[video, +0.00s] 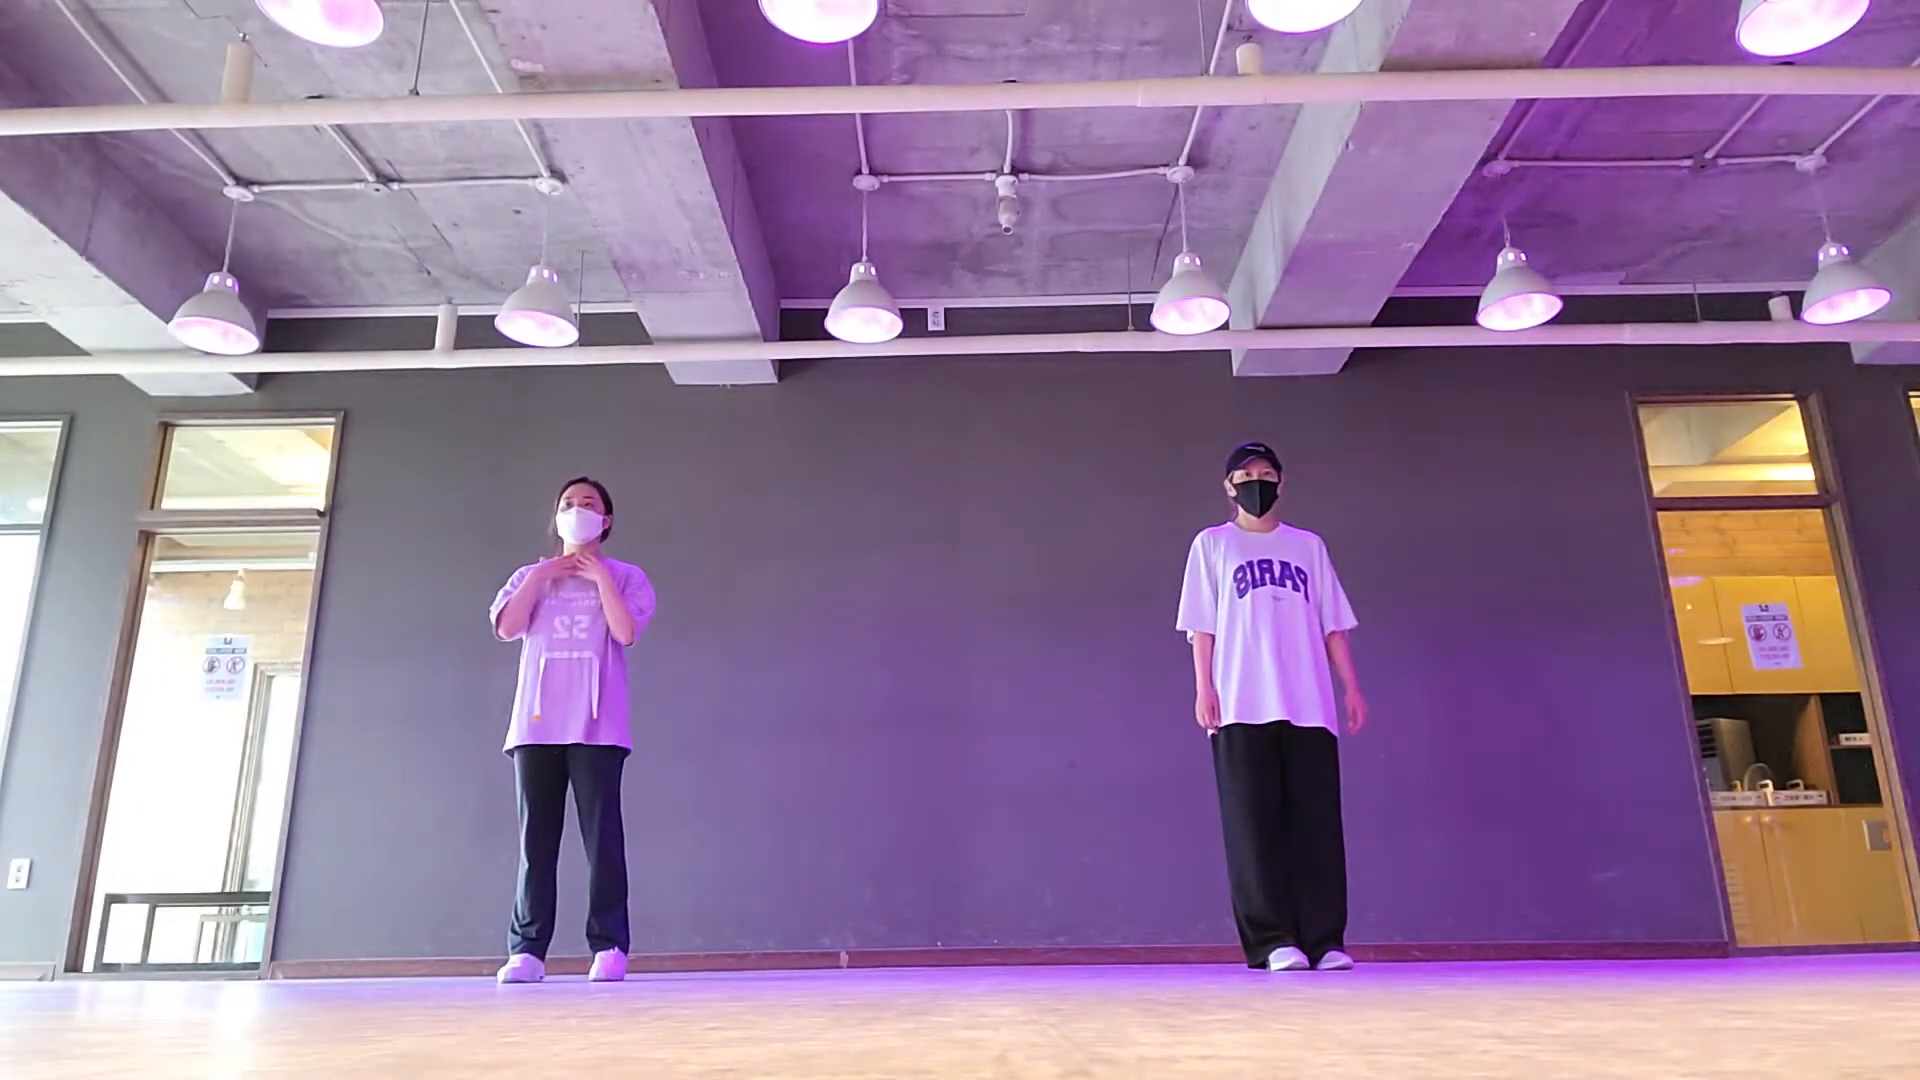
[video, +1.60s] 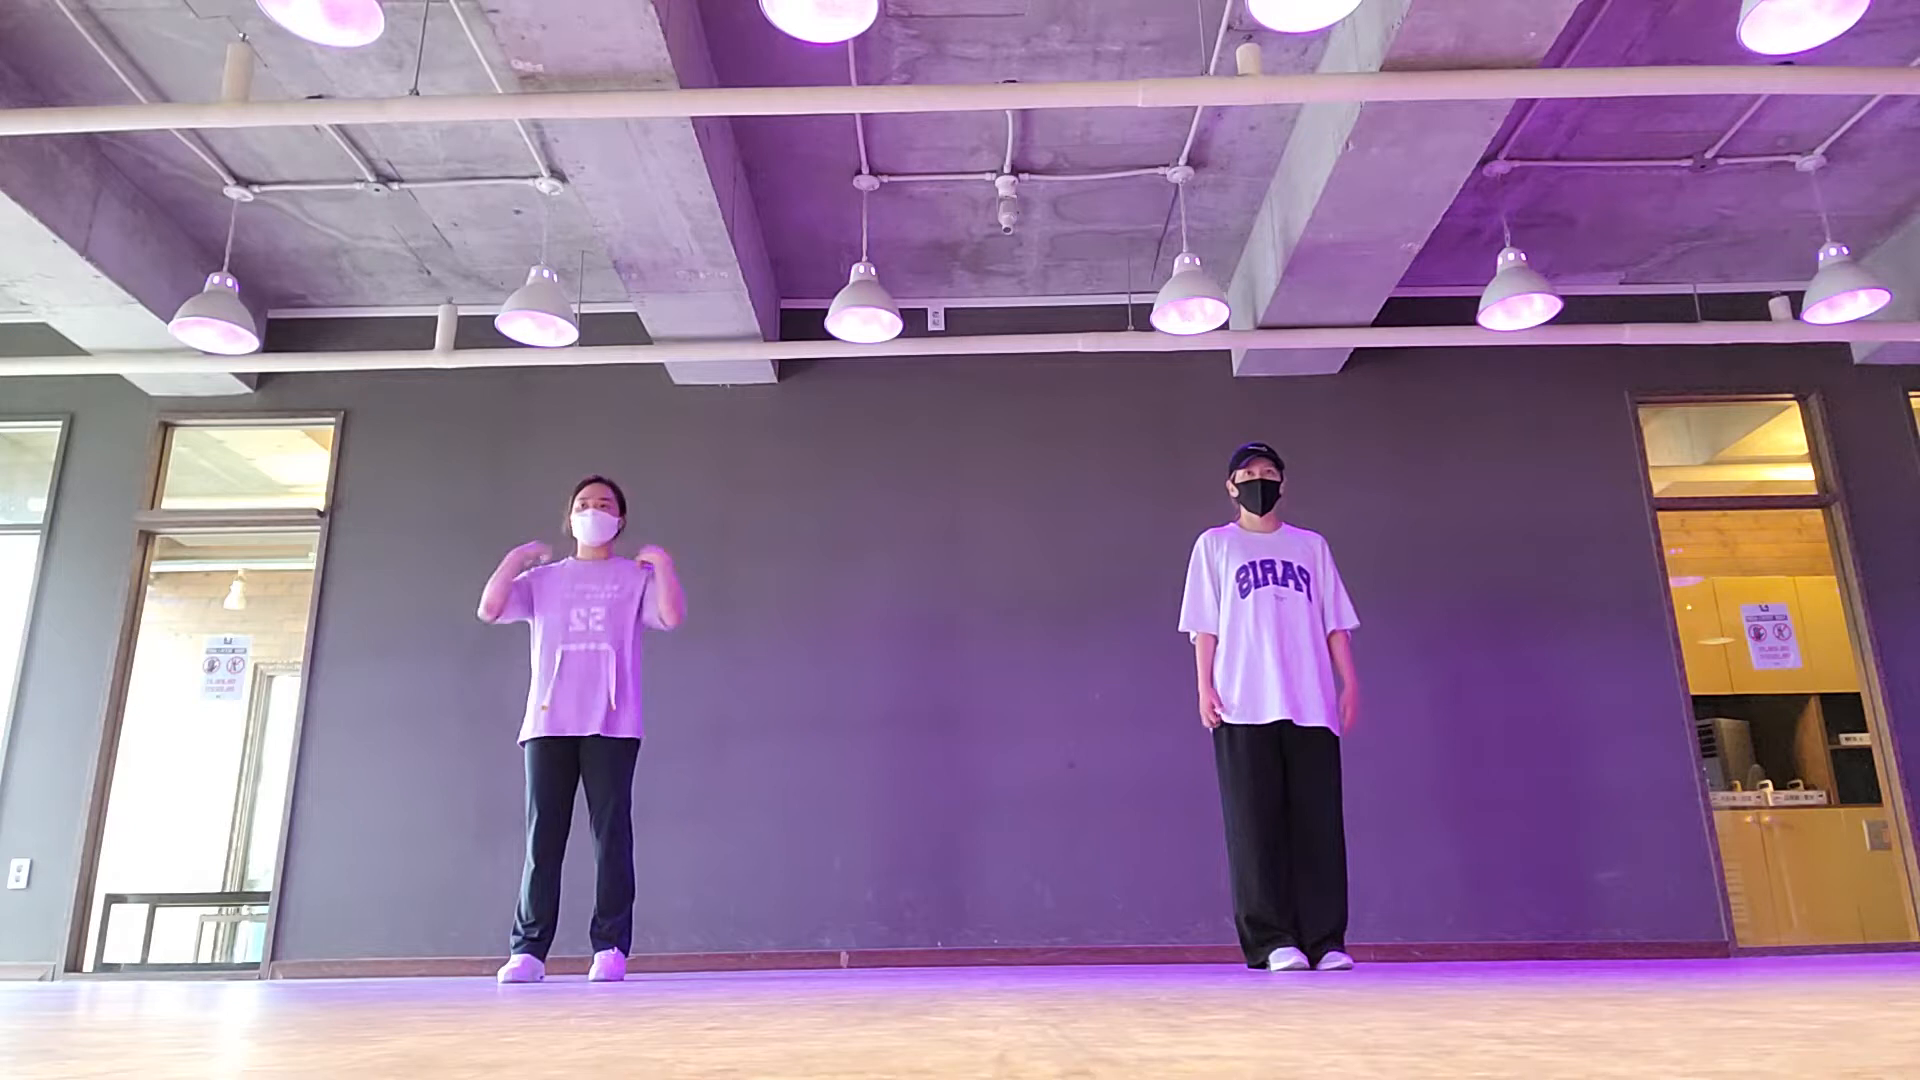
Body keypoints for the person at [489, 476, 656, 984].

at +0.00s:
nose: (577, 510)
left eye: (589, 504)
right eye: (568, 505)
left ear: (607, 521)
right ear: (555, 521)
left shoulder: (628, 578)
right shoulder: (531, 576)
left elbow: (626, 632)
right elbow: (506, 628)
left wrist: (600, 574)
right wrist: (542, 574)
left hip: (598, 726)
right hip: (535, 725)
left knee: (602, 840)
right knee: (536, 843)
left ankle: (609, 949)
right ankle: (526, 952)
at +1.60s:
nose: (593, 511)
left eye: (604, 505)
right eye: (584, 505)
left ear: (620, 522)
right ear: (570, 520)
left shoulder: (635, 576)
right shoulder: (543, 577)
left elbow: (670, 617)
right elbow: (490, 610)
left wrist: (663, 565)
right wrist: (516, 555)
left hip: (612, 721)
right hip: (548, 721)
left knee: (611, 837)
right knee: (543, 837)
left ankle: (610, 949)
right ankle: (527, 951)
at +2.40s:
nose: (573, 511)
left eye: (586, 503)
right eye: (569, 504)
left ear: (611, 519)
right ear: (562, 518)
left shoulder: (633, 574)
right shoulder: (543, 581)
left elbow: (676, 633)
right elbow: (499, 641)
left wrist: (657, 583)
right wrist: (478, 601)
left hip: (609, 723)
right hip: (547, 723)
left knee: (609, 839)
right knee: (542, 841)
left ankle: (610, 949)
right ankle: (527, 951)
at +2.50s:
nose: (573, 510)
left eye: (585, 503)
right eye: (569, 503)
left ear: (611, 518)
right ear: (561, 518)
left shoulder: (636, 576)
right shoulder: (540, 582)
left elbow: (674, 645)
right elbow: (518, 652)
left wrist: (639, 636)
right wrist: (494, 655)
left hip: (607, 725)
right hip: (546, 725)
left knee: (608, 840)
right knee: (541, 841)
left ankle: (610, 949)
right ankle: (527, 952)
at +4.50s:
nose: (556, 515)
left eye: (568, 508)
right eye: (553, 508)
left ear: (597, 518)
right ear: (547, 520)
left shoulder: (628, 572)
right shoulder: (535, 582)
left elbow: (654, 648)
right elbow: (538, 660)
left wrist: (650, 712)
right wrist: (534, 718)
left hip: (602, 721)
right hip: (542, 724)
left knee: (604, 838)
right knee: (538, 840)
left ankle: (609, 948)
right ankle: (527, 950)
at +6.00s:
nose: (560, 514)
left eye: (572, 509)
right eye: (552, 508)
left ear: (590, 528)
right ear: (540, 526)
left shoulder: (615, 583)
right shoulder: (514, 585)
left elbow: (627, 665)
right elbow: (509, 665)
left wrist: (590, 708)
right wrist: (541, 701)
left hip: (582, 725)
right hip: (520, 727)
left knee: (576, 825)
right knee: (524, 840)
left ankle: (602, 948)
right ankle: (525, 951)